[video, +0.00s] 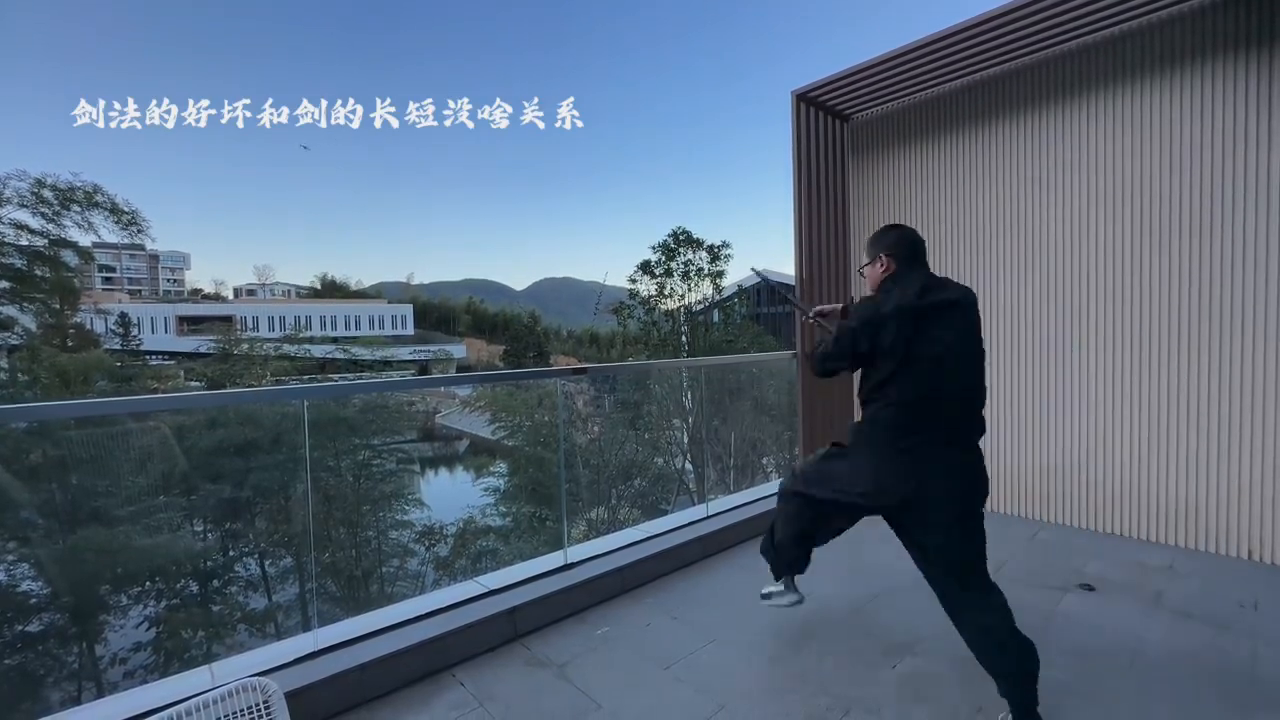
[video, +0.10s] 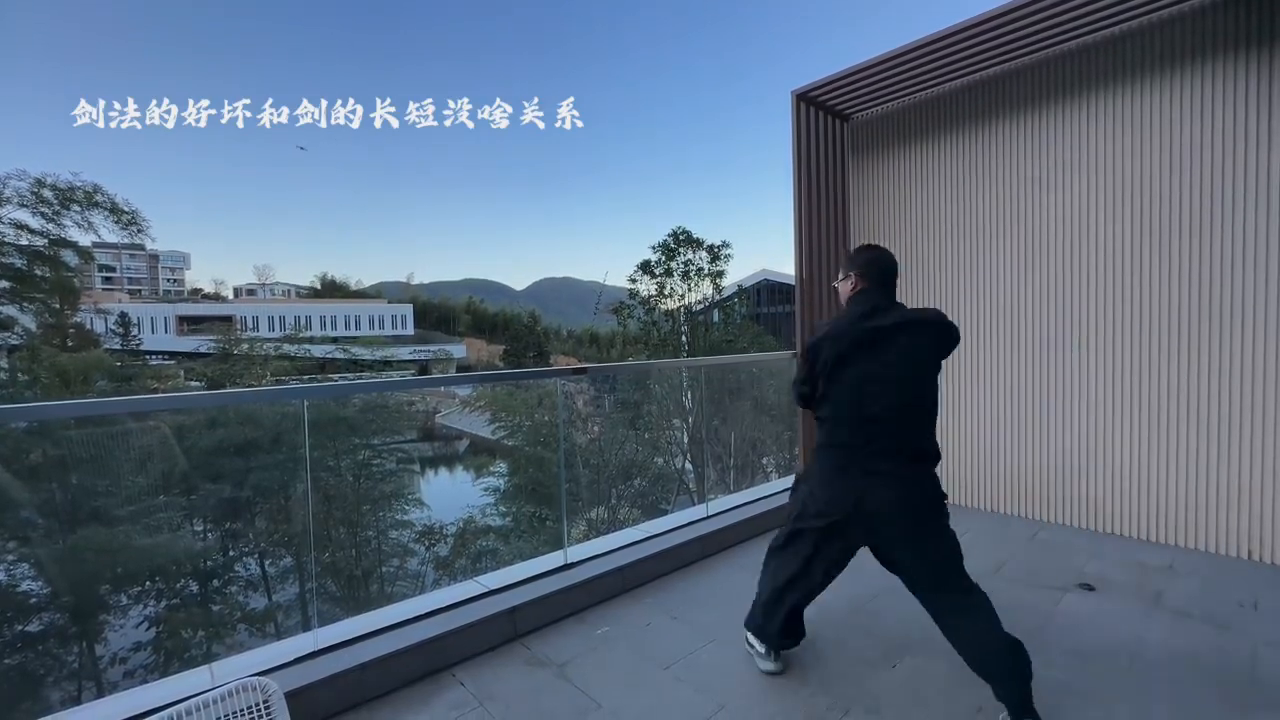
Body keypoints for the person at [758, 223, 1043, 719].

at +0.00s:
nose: (865, 276)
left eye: (866, 268)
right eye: (865, 267)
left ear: (885, 265)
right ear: (920, 262)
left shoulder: (877, 311)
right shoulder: (963, 301)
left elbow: (824, 364)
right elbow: (916, 328)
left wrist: (833, 328)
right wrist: (855, 313)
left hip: (886, 465)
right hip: (956, 471)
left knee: (801, 488)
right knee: (969, 587)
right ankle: (1024, 703)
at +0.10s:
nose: (837, 286)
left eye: (841, 279)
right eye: (839, 279)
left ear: (855, 284)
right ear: (891, 287)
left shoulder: (827, 341)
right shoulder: (926, 329)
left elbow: (806, 395)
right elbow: (949, 334)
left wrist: (850, 399)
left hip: (835, 490)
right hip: (909, 492)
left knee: (793, 556)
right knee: (953, 592)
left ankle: (767, 640)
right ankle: (1017, 697)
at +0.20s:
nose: (810, 301)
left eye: (814, 296)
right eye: (814, 294)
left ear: (824, 300)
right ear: (860, 302)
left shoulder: (795, 349)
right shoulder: (888, 351)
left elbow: (815, 393)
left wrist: (876, 361)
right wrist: (903, 370)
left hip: (800, 495)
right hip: (872, 499)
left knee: (777, 568)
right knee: (926, 595)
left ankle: (764, 643)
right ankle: (992, 702)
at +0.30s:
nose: (803, 303)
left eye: (806, 297)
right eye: (805, 295)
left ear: (817, 301)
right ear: (853, 305)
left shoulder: (787, 345)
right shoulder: (875, 356)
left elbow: (806, 384)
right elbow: (873, 405)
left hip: (795, 489)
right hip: (863, 492)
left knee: (774, 566)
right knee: (907, 597)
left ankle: (765, 641)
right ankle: (981, 698)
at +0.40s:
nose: (801, 304)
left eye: (805, 297)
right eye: (802, 297)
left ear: (818, 301)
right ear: (849, 304)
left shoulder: (803, 337)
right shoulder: (867, 354)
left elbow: (755, 333)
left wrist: (769, 321)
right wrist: (805, 326)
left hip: (805, 495)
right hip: (865, 496)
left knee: (767, 557)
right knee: (901, 604)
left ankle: (764, 640)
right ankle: (983, 703)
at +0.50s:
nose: (802, 304)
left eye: (806, 296)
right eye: (803, 297)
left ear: (821, 300)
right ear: (846, 303)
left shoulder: (830, 335)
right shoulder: (850, 344)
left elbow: (763, 320)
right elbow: (784, 391)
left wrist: (770, 296)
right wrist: (763, 349)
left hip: (823, 495)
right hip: (873, 497)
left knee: (768, 543)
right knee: (901, 609)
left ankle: (764, 639)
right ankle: (988, 700)